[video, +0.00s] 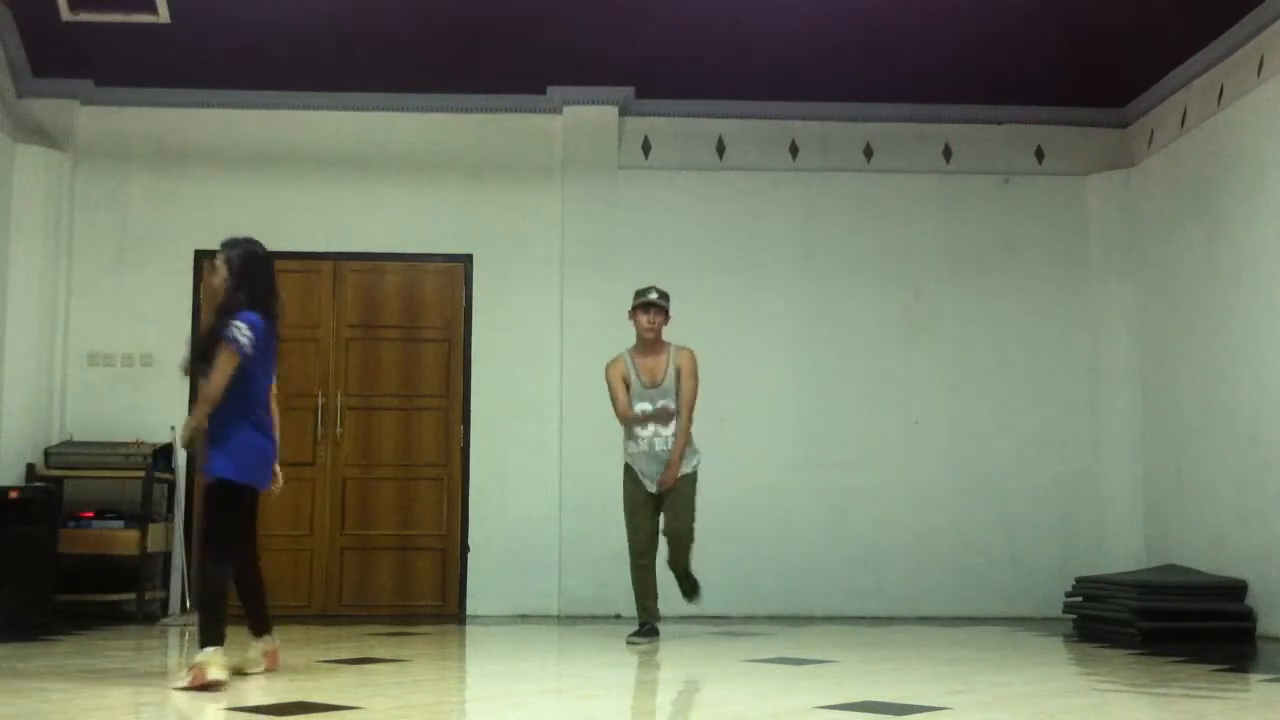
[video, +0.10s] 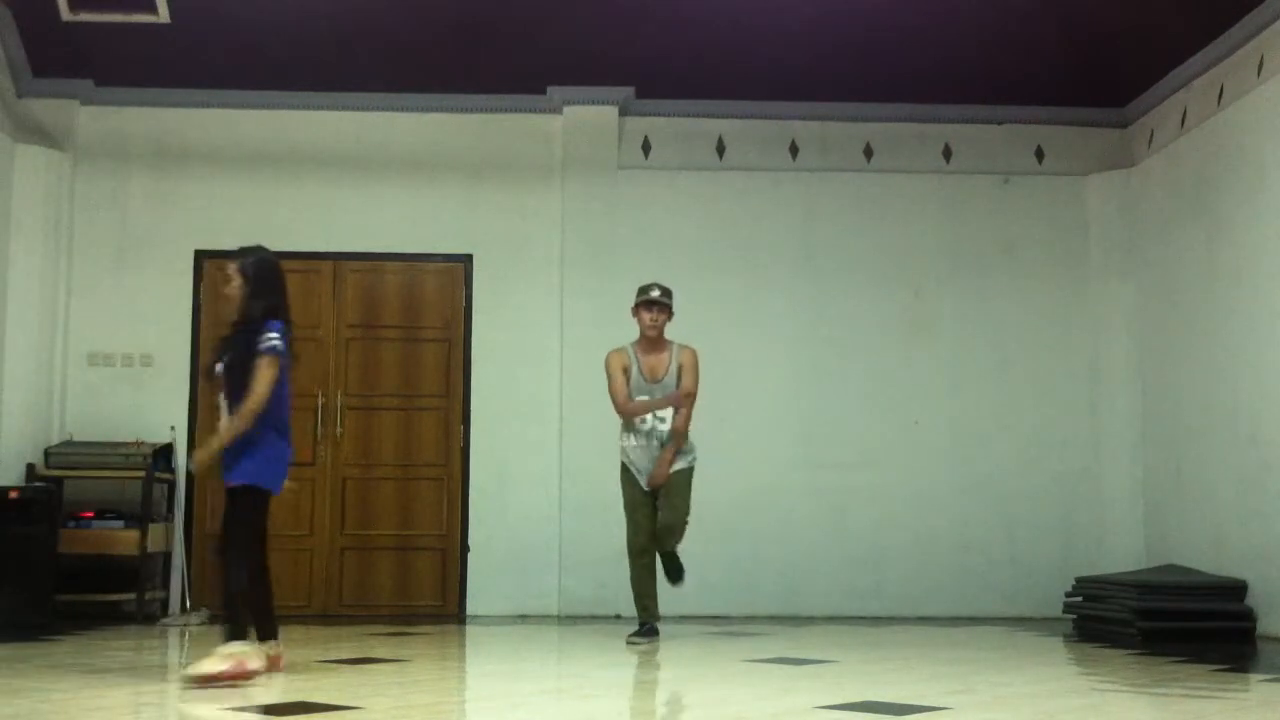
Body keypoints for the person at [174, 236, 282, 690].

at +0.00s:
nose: (211, 276)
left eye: (218, 269)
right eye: (213, 269)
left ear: (238, 274)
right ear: (249, 275)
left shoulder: (240, 324)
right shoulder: (261, 325)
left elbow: (217, 382)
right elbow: (269, 397)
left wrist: (194, 419)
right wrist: (273, 456)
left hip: (230, 450)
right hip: (251, 450)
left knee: (213, 549)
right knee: (241, 548)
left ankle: (210, 655)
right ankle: (264, 643)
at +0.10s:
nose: (225, 287)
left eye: (232, 279)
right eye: (226, 279)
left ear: (255, 282)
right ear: (245, 283)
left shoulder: (270, 331)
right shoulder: (243, 333)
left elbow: (258, 398)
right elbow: (230, 394)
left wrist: (215, 444)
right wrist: (223, 432)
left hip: (259, 453)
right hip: (243, 452)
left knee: (234, 543)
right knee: (250, 546)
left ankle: (237, 646)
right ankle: (267, 643)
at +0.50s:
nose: (299, 299)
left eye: (309, 293)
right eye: (293, 292)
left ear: (325, 300)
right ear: (284, 299)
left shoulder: (340, 344)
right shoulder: (278, 345)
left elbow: (376, 391)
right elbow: (265, 402)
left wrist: (397, 399)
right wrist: (235, 449)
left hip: (329, 465)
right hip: (282, 464)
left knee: (342, 546)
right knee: (276, 550)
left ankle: (366, 621)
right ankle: (267, 643)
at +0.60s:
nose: (321, 309)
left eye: (329, 302)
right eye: (314, 302)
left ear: (343, 309)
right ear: (303, 308)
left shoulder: (359, 352)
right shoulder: (293, 356)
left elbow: (394, 396)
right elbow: (270, 407)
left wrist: (397, 353)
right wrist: (239, 460)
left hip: (351, 474)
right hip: (302, 473)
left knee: (353, 556)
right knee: (290, 552)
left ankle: (364, 638)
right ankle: (271, 640)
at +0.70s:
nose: (338, 312)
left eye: (346, 306)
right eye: (331, 305)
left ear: (360, 312)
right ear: (321, 311)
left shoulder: (372, 353)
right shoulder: (310, 356)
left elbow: (406, 381)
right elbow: (281, 408)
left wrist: (395, 330)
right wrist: (252, 462)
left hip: (367, 473)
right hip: (321, 472)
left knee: (364, 554)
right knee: (305, 550)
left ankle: (365, 636)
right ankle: (284, 632)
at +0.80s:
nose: (349, 308)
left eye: (358, 302)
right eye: (344, 301)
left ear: (369, 309)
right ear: (333, 306)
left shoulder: (381, 345)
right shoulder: (319, 349)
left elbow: (414, 359)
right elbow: (297, 400)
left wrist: (394, 318)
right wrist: (275, 451)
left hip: (375, 463)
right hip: (329, 462)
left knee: (368, 547)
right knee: (319, 542)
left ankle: (365, 632)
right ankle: (310, 625)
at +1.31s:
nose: (366, 333)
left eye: (373, 326)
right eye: (360, 326)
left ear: (385, 332)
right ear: (350, 331)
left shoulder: (396, 372)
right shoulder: (339, 372)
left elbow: (434, 402)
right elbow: (331, 421)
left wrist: (407, 367)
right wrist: (352, 415)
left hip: (390, 476)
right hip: (350, 477)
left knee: (383, 549)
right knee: (360, 551)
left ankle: (377, 623)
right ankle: (368, 630)